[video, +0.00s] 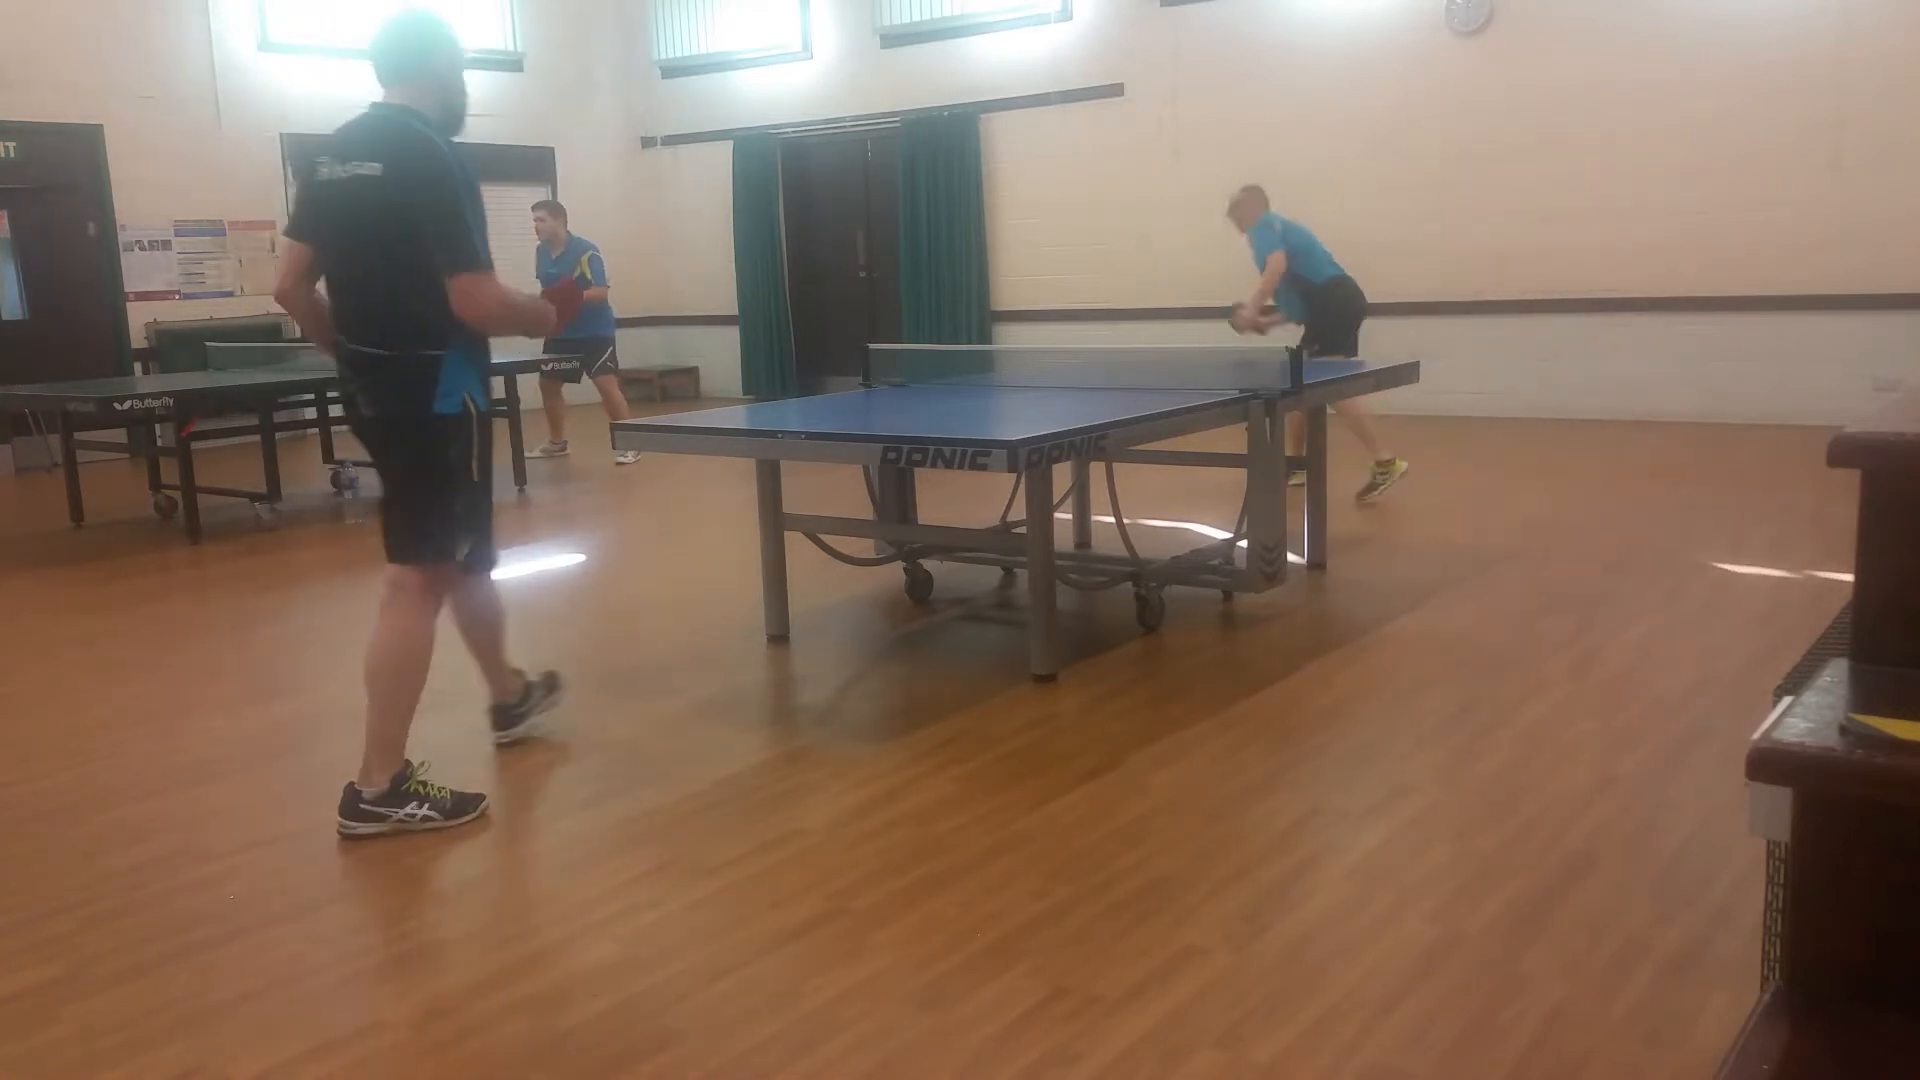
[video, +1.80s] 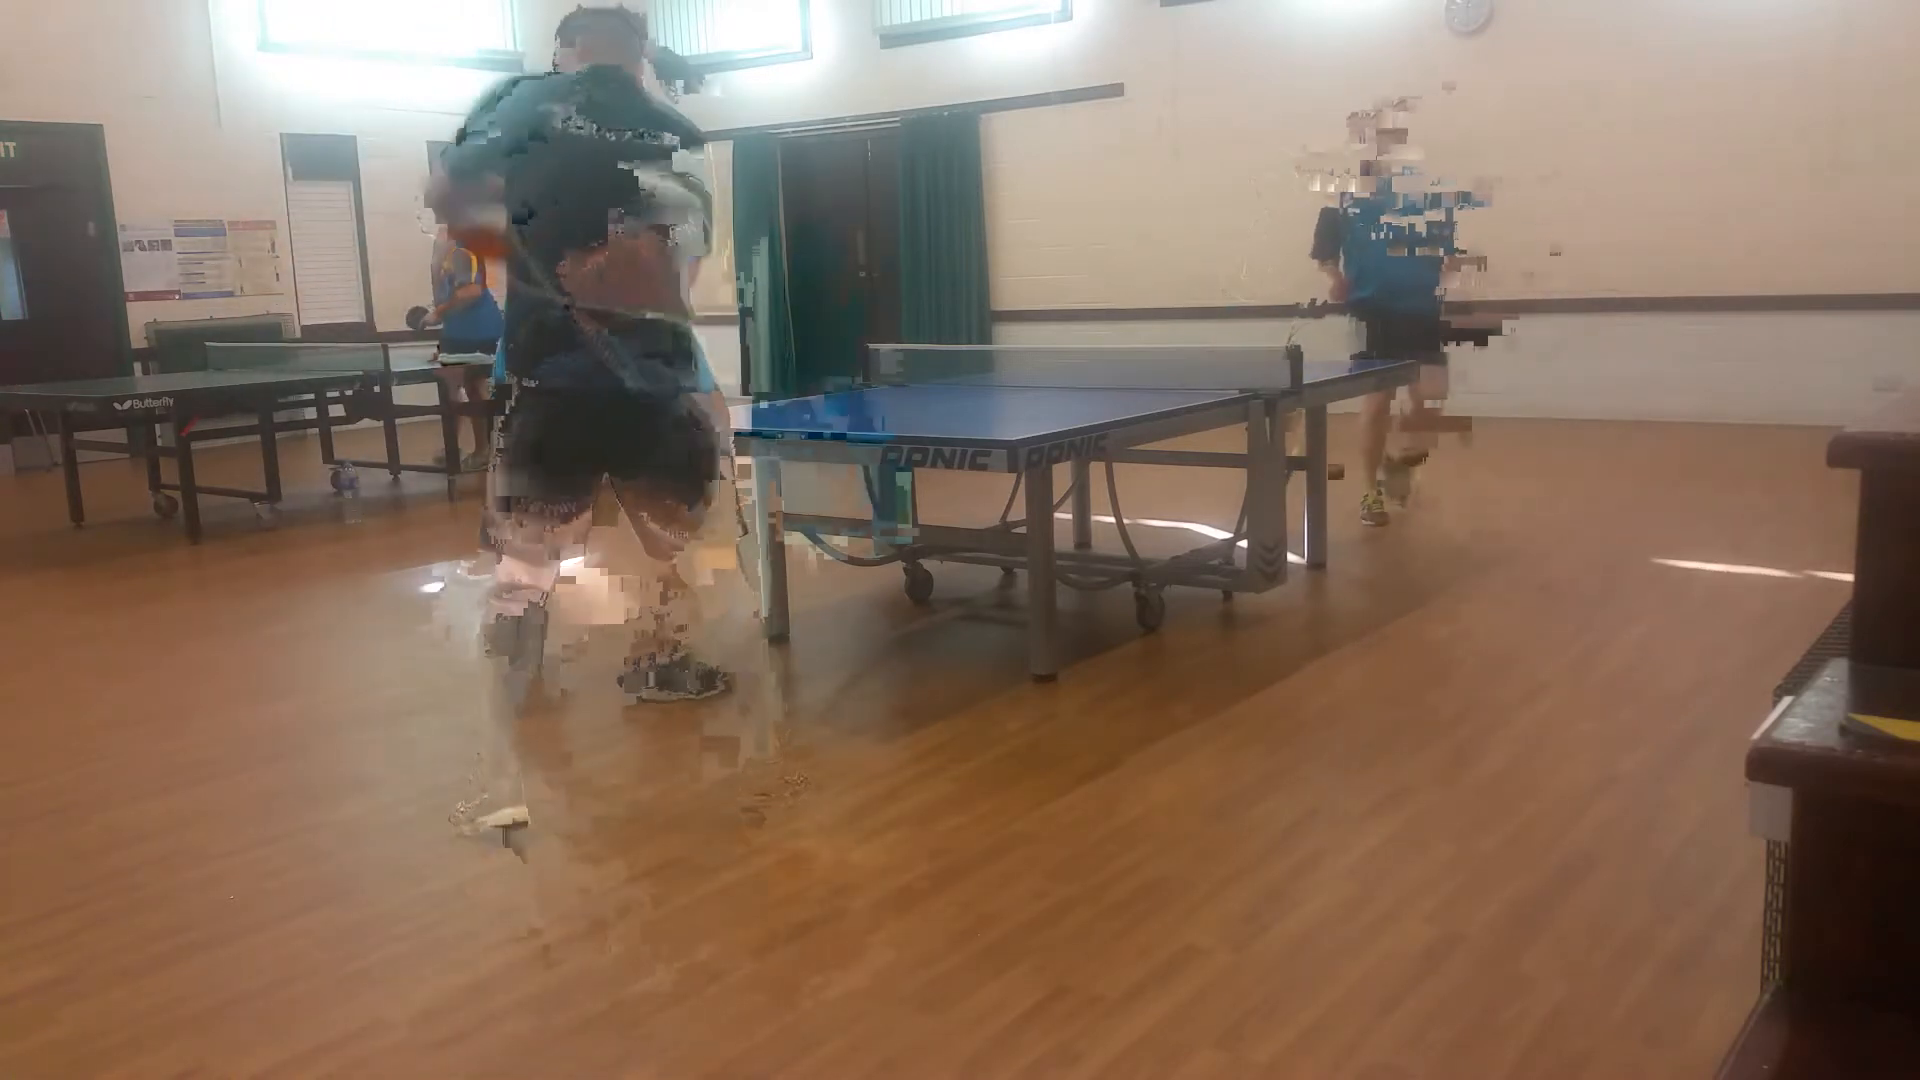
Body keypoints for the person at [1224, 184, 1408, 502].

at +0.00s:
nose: (1238, 227)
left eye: (1237, 219)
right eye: (1235, 221)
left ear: (1246, 210)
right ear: (1261, 207)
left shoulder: (1263, 226)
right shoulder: (1281, 230)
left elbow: (1276, 265)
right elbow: (1300, 303)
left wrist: (1252, 306)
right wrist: (1266, 320)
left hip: (1335, 302)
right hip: (1331, 305)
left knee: (1334, 387)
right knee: (1299, 385)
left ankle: (1385, 461)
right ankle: (1295, 462)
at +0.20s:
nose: (1263, 185)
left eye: (1269, 178)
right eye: (1261, 179)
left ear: (1288, 178)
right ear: (1262, 182)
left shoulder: (1299, 206)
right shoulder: (1287, 216)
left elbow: (1302, 256)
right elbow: (1302, 289)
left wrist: (1245, 275)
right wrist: (1252, 299)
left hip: (1351, 306)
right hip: (1327, 310)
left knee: (1334, 391)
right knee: (1304, 385)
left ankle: (1364, 473)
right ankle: (1299, 459)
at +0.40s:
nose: (1296, 170)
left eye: (1304, 162)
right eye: (1296, 163)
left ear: (1323, 166)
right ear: (1298, 167)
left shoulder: (1343, 206)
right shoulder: (1309, 215)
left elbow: (1354, 260)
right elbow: (1304, 281)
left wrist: (1304, 292)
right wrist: (1262, 287)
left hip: (1361, 310)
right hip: (1333, 312)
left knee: (1343, 397)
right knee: (1313, 390)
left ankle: (1371, 475)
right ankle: (1305, 461)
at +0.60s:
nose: (1326, 154)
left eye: (1335, 146)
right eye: (1321, 147)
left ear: (1353, 151)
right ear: (1315, 152)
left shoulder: (1376, 195)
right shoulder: (1315, 209)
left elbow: (1400, 249)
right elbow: (1315, 267)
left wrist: (1359, 291)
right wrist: (1291, 284)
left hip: (1374, 307)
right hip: (1333, 309)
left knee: (1363, 395)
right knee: (1314, 390)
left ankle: (1373, 474)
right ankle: (1321, 468)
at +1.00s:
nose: (1351, 153)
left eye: (1360, 145)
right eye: (1345, 146)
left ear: (1376, 149)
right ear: (1336, 153)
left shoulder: (1409, 193)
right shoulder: (1331, 211)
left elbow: (1434, 251)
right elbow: (1314, 267)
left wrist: (1419, 306)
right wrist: (1327, 307)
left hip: (1405, 316)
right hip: (1358, 319)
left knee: (1394, 409)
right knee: (1371, 404)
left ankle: (1364, 482)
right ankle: (1372, 491)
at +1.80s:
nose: (1382, 171)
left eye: (1391, 161)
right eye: (1374, 164)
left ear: (1406, 168)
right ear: (1364, 170)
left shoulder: (1427, 205)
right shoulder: (1344, 209)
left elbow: (1451, 259)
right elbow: (1325, 260)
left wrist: (1434, 274)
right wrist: (1338, 280)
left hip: (1419, 314)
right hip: (1372, 314)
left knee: (1423, 404)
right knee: (1377, 404)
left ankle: (1400, 463)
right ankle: (1371, 490)